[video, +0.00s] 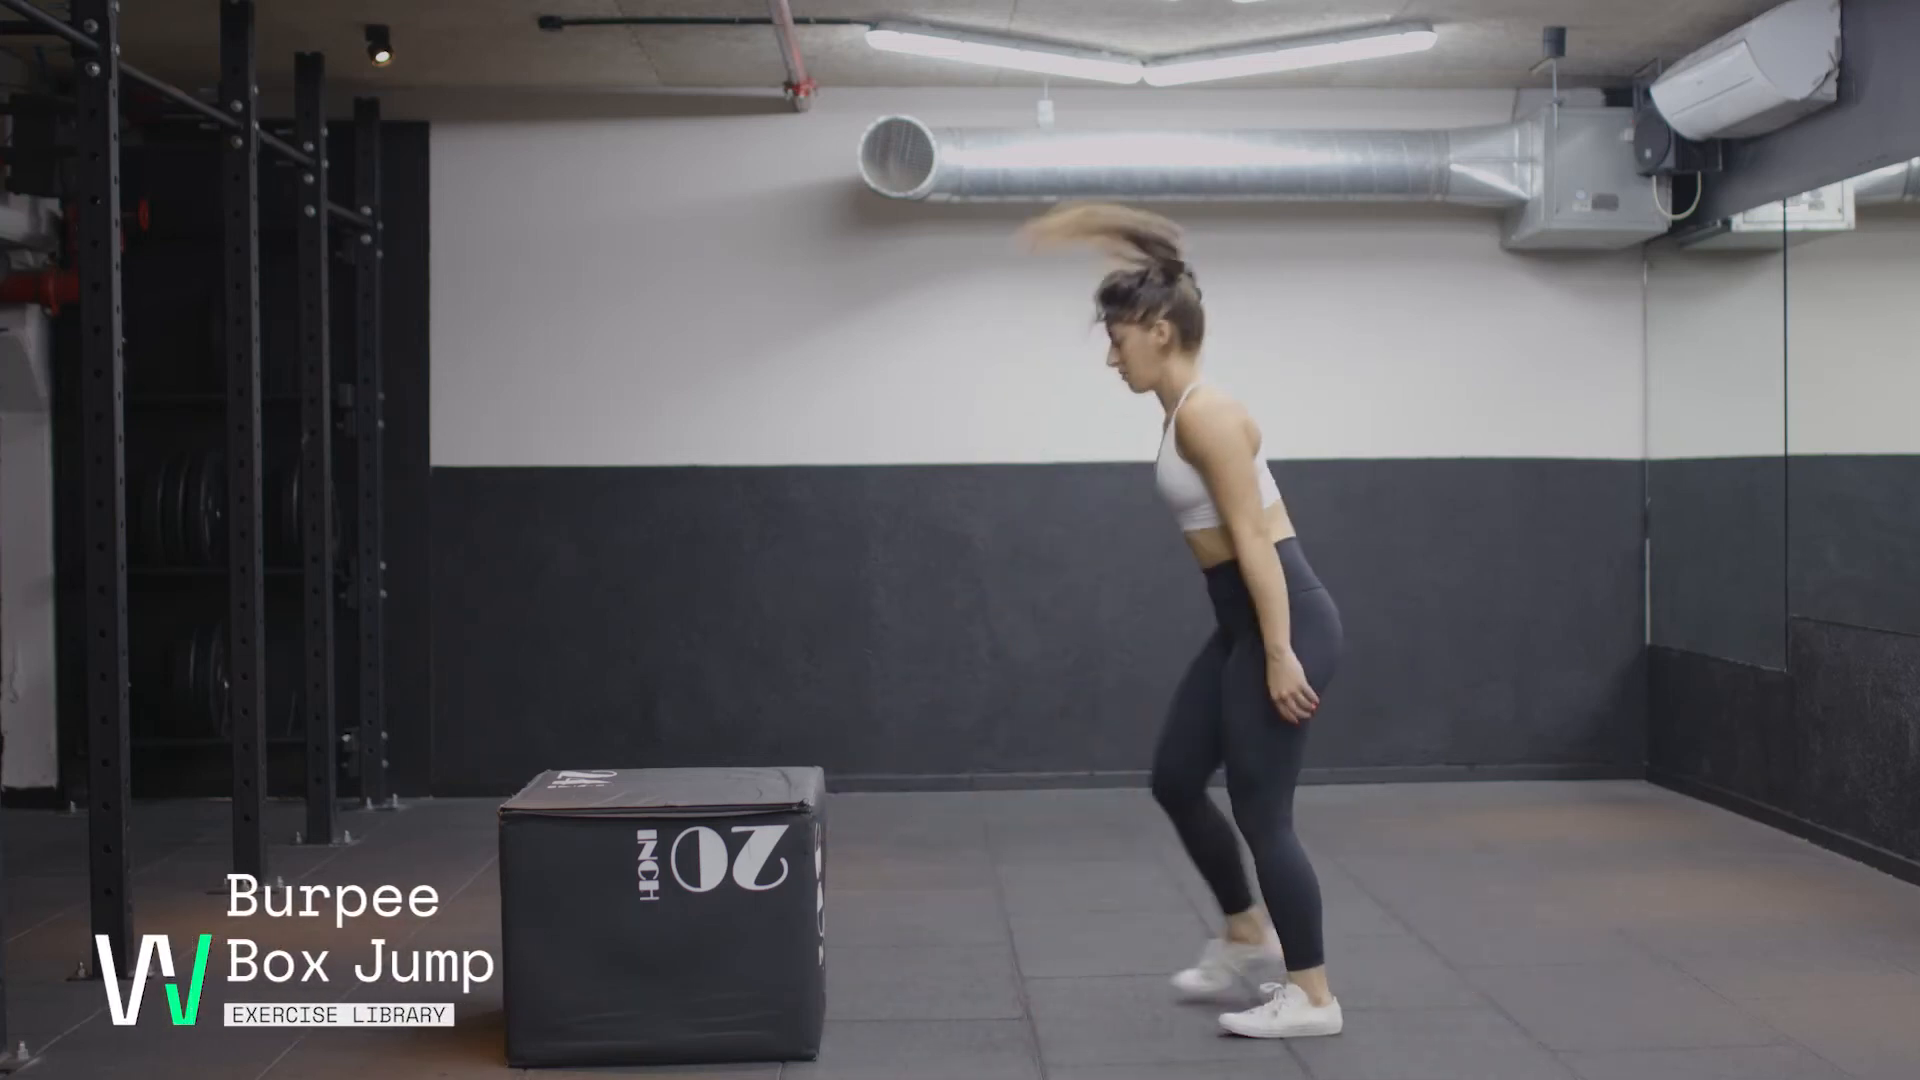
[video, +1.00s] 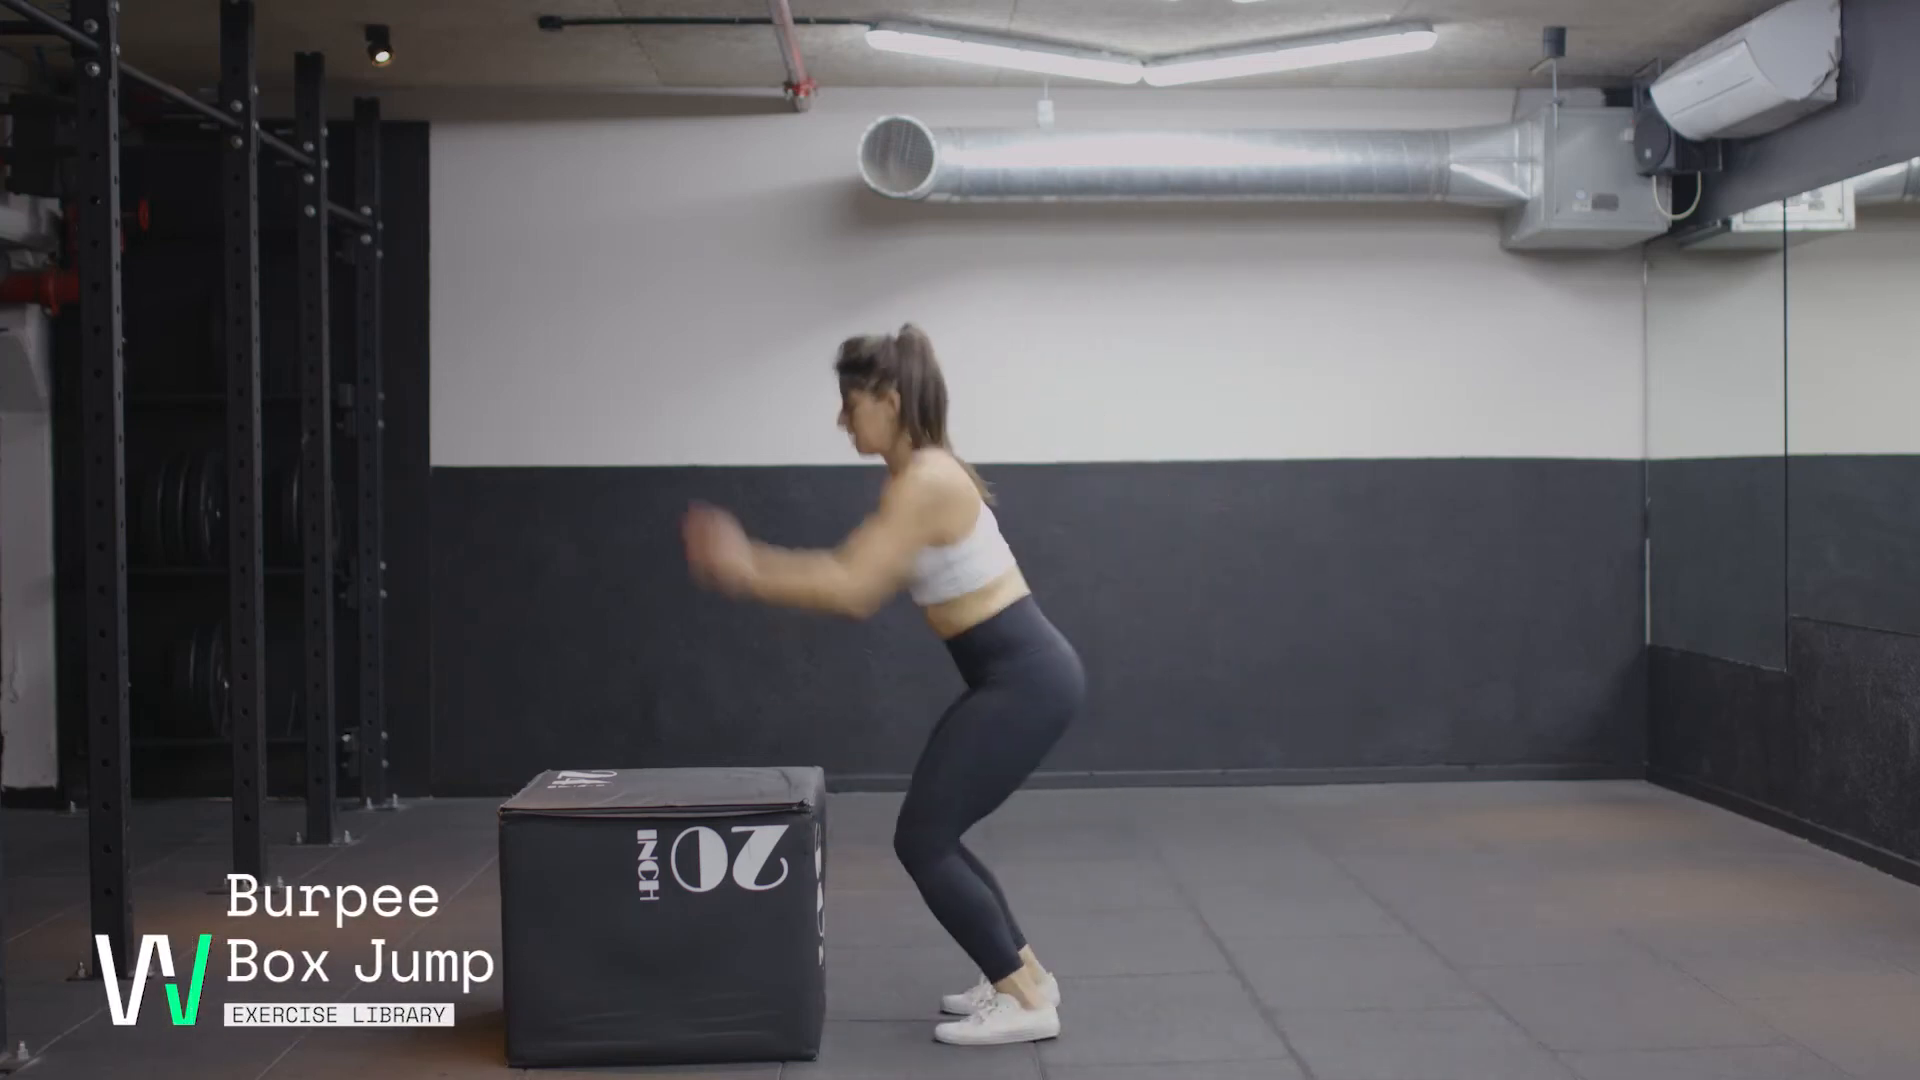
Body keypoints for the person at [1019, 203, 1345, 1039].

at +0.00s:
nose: (1109, 352)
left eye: (1117, 336)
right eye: (1108, 337)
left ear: (1163, 331)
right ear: (1151, 334)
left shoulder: (1209, 418)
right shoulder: (1183, 417)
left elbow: (1257, 539)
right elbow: (1238, 540)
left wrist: (1278, 653)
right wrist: (1254, 641)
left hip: (1279, 624)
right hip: (1243, 623)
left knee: (1263, 812)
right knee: (1177, 779)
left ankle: (1312, 995)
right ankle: (1250, 941)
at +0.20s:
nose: (1098, 354)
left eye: (1105, 337)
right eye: (1097, 338)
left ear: (1151, 332)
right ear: (1145, 333)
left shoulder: (1184, 416)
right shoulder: (1179, 407)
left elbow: (1216, 545)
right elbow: (1210, 539)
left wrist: (1220, 665)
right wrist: (1215, 653)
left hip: (1246, 628)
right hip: (1213, 620)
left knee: (1250, 819)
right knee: (1137, 784)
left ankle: (1310, 994)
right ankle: (1098, 957)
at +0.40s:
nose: (1030, 368)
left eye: (1035, 350)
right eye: (1028, 353)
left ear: (1077, 344)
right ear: (1082, 345)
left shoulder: (1113, 421)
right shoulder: (1123, 414)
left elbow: (1161, 533)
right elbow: (1190, 515)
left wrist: (1159, 657)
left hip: (1182, 634)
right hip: (1156, 633)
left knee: (1218, 821)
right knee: (1097, 807)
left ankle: (1305, 987)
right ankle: (1041, 969)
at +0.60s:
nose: (929, 372)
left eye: (936, 354)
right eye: (928, 356)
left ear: (977, 348)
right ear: (979, 350)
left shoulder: (1024, 411)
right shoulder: (1022, 412)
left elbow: (1136, 457)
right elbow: (1118, 462)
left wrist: (1181, 570)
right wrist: (1145, 553)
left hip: (1122, 623)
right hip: (1091, 625)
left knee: (1081, 802)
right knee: (1063, 799)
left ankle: (1216, 938)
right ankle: (1037, 970)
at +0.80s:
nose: (846, 408)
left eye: (852, 390)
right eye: (844, 392)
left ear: (893, 383)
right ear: (892, 385)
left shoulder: (952, 440)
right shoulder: (940, 446)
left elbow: (1069, 488)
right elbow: (1066, 486)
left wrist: (1114, 598)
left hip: (1076, 623)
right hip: (1058, 626)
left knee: (1015, 793)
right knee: (1009, 790)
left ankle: (1038, 991)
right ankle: (1027, 977)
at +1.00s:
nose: (843, 419)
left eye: (851, 403)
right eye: (843, 404)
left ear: (894, 401)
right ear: (894, 404)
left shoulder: (928, 481)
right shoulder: (916, 478)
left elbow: (857, 590)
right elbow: (847, 571)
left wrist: (748, 571)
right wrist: (751, 562)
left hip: (1027, 678)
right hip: (1013, 675)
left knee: (923, 840)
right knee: (930, 834)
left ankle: (1027, 996)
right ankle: (1019, 977)